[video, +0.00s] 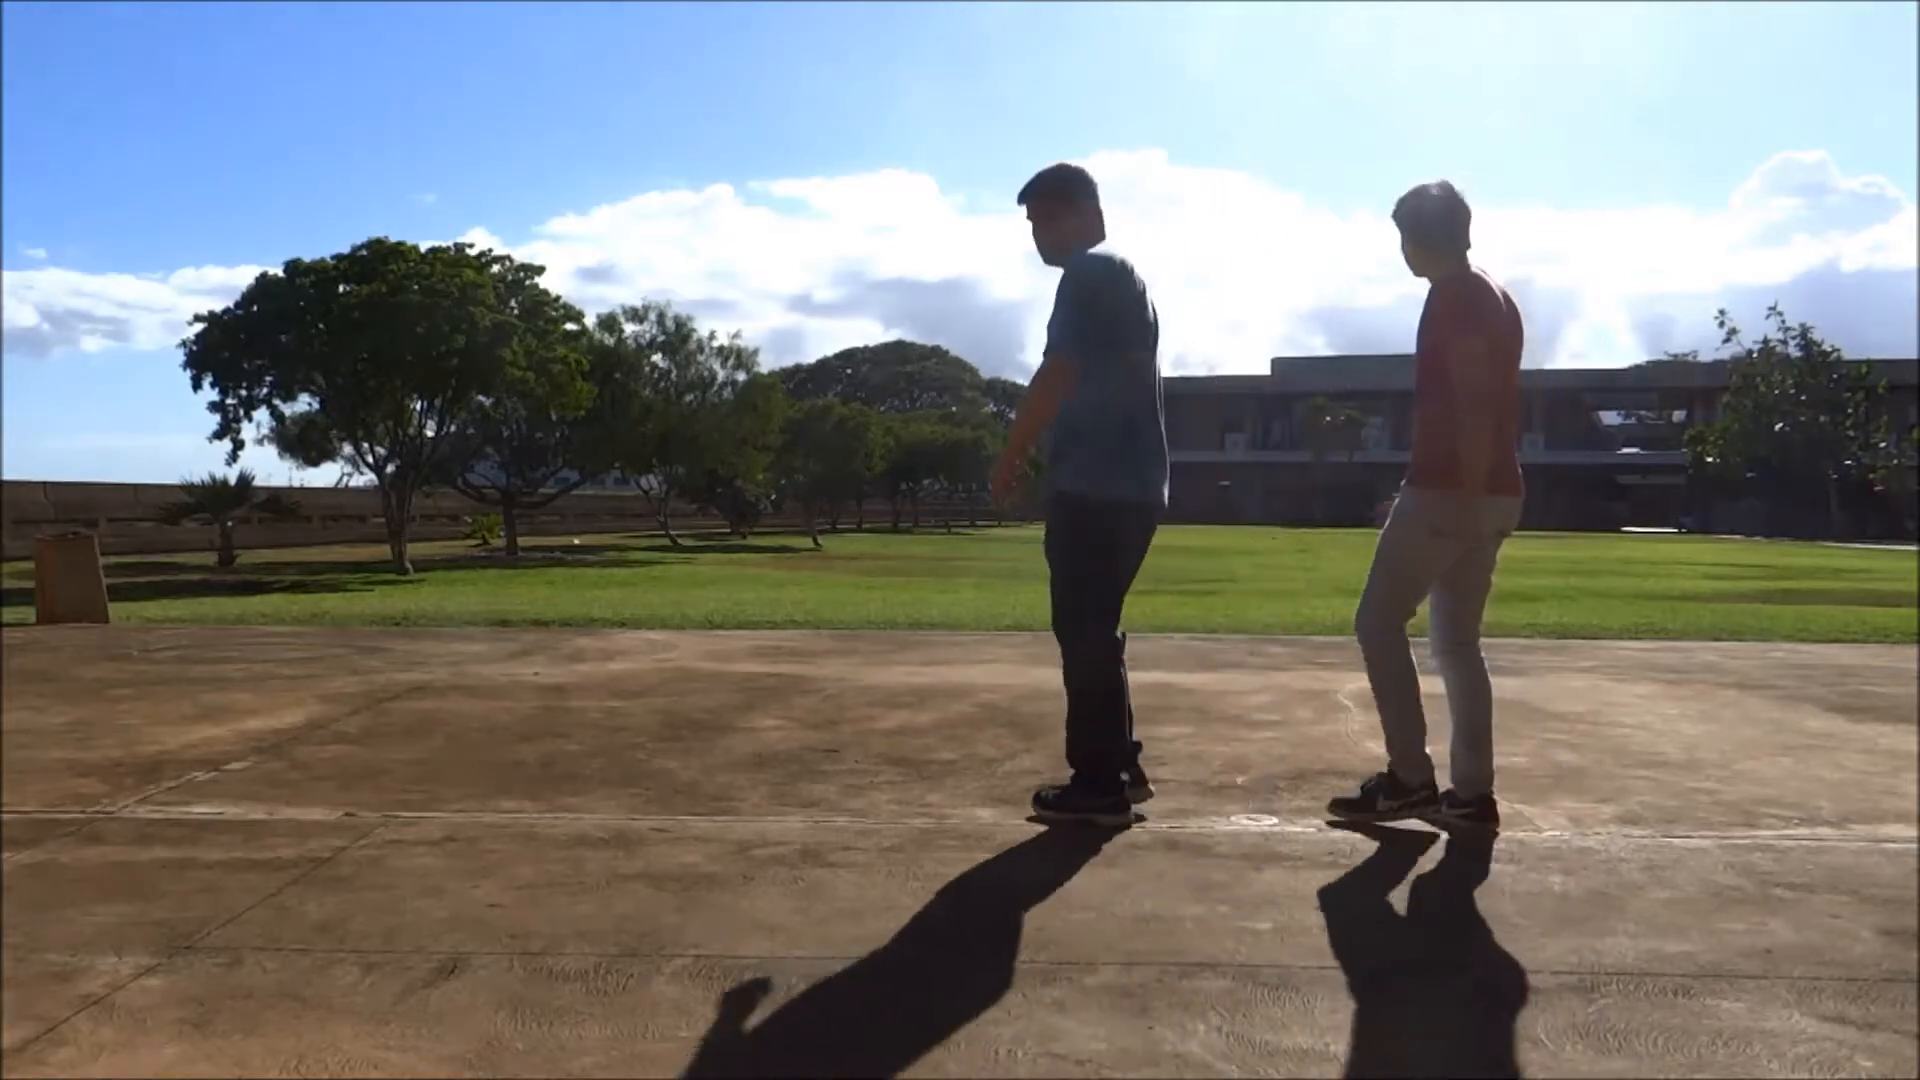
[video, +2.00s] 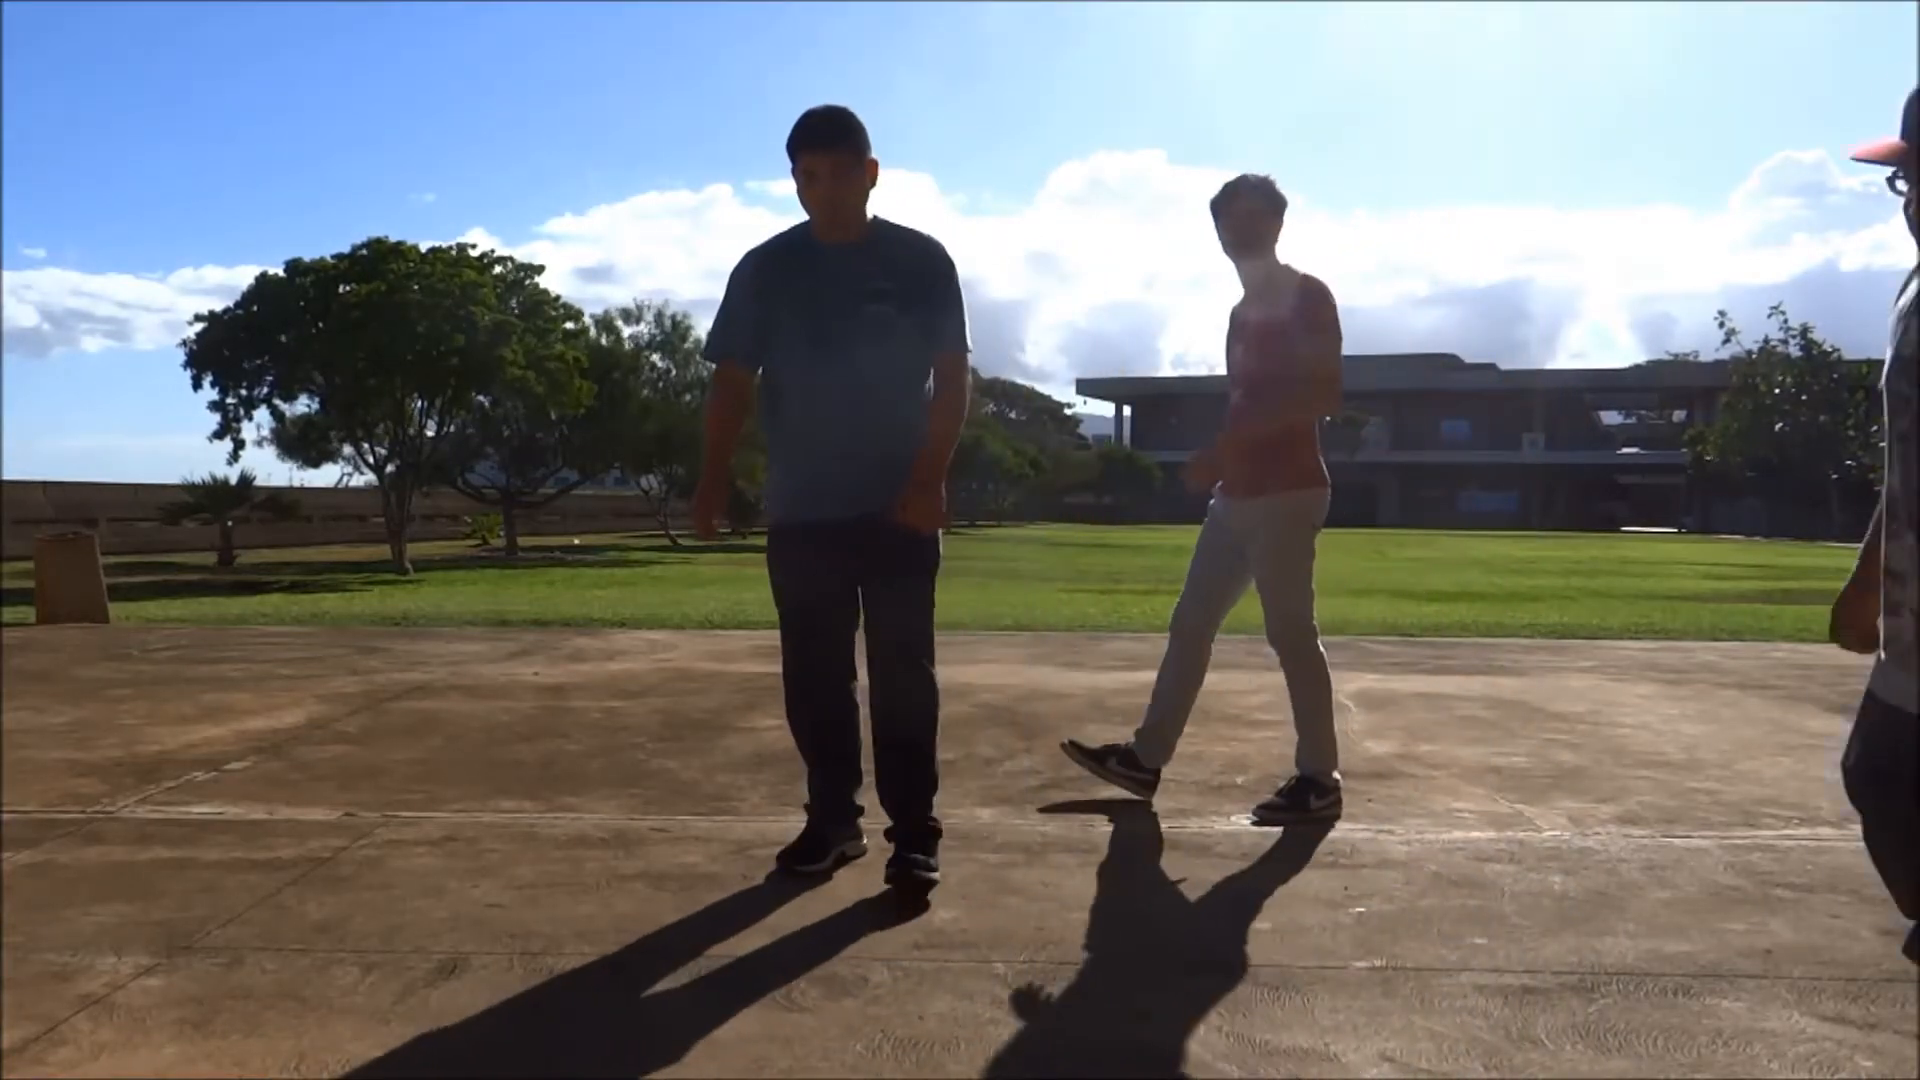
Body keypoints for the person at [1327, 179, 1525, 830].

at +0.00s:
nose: (1400, 250)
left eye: (1404, 236)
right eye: (1400, 236)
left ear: (1424, 237)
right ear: (1459, 232)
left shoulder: (1452, 300)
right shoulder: (1498, 303)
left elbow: (1473, 402)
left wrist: (1467, 492)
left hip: (1441, 494)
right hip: (1492, 497)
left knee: (1378, 623)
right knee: (1457, 640)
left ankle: (1408, 776)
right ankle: (1471, 795)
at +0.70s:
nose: (1348, 246)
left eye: (1358, 234)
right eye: (1349, 235)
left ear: (1397, 238)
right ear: (1387, 242)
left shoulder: (1430, 303)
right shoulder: (1406, 312)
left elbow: (1473, 401)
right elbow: (1391, 428)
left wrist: (1463, 501)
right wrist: (1332, 497)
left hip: (1406, 505)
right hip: (1417, 504)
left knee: (1345, 631)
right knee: (1418, 649)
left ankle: (1321, 785)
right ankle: (1469, 794)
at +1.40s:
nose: (1310, 237)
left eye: (1320, 223)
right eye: (1306, 224)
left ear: (1354, 225)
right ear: (1305, 230)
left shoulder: (1390, 307)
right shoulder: (1316, 316)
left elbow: (1426, 409)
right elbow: (1314, 421)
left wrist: (1395, 489)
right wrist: (1283, 504)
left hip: (1356, 493)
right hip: (1319, 495)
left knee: (1314, 632)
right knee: (1341, 638)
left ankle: (1320, 781)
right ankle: (1442, 753)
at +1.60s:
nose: (1284, 231)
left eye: (1294, 216)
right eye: (1281, 219)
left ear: (1329, 219)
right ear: (1284, 225)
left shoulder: (1369, 301)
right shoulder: (1297, 311)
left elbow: (1396, 403)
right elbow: (1306, 409)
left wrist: (1347, 484)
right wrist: (1282, 485)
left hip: (1337, 493)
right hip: (1291, 490)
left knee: (1309, 629)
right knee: (1264, 623)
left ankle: (1319, 778)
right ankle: (1362, 736)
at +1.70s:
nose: (1269, 229)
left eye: (1277, 215)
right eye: (1268, 217)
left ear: (1312, 217)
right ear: (1281, 223)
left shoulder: (1358, 297)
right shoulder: (1286, 311)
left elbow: (1381, 400)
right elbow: (1292, 403)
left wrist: (1321, 474)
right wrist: (1279, 474)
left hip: (1328, 488)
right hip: (1282, 483)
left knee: (1310, 632)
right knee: (1242, 619)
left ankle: (1320, 780)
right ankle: (1299, 755)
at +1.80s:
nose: (1259, 231)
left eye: (1268, 217)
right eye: (1255, 220)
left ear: (1304, 217)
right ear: (1257, 226)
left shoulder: (1345, 297)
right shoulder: (1275, 310)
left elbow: (1363, 399)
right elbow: (1277, 406)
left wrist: (1301, 461)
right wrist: (1257, 479)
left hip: (1319, 489)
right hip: (1270, 488)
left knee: (1307, 631)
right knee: (1220, 615)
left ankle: (1320, 779)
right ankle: (1243, 760)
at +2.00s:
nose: (1230, 232)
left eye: (1242, 218)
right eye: (1223, 222)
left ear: (1274, 221)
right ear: (1218, 231)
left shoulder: (1309, 296)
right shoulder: (1241, 315)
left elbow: (1324, 395)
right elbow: (1249, 403)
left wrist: (1229, 443)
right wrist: (1220, 461)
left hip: (1288, 495)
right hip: (1239, 493)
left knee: (1293, 636)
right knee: (1191, 624)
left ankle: (1319, 778)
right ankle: (1145, 759)